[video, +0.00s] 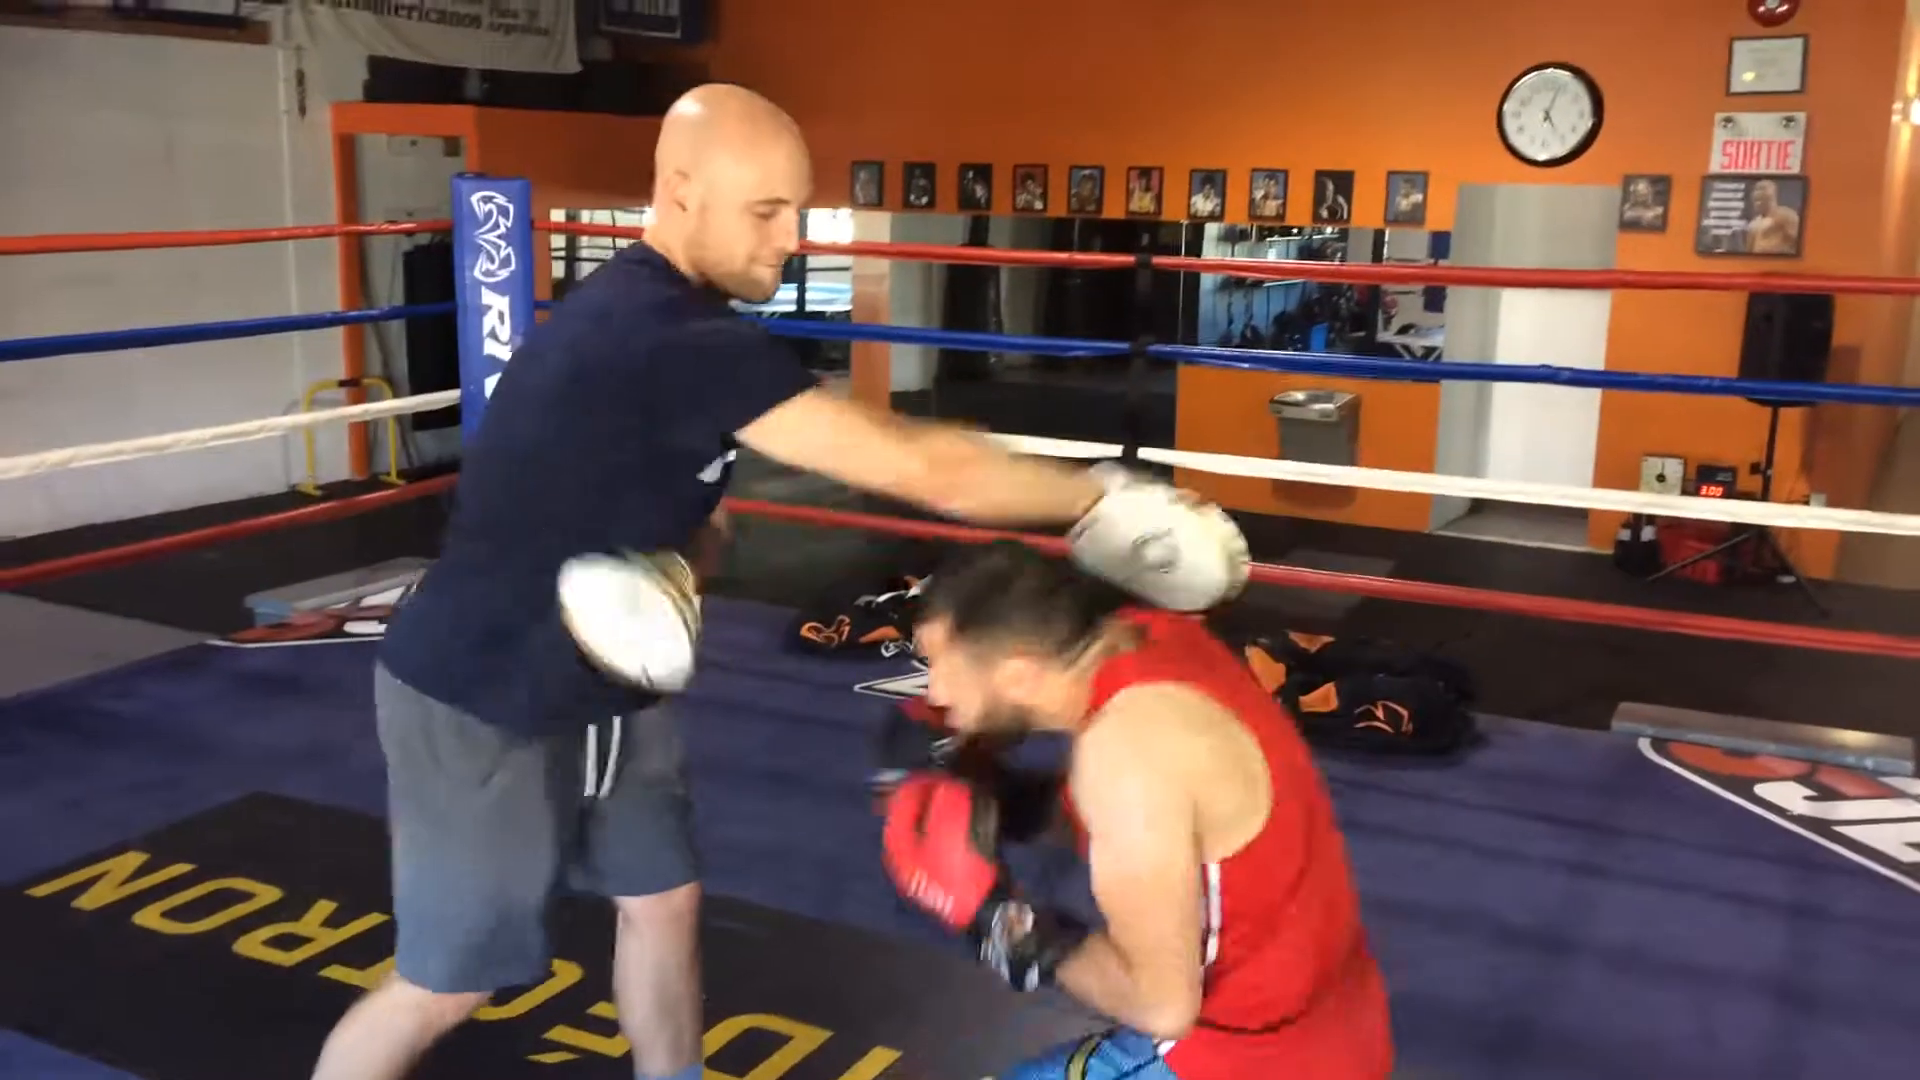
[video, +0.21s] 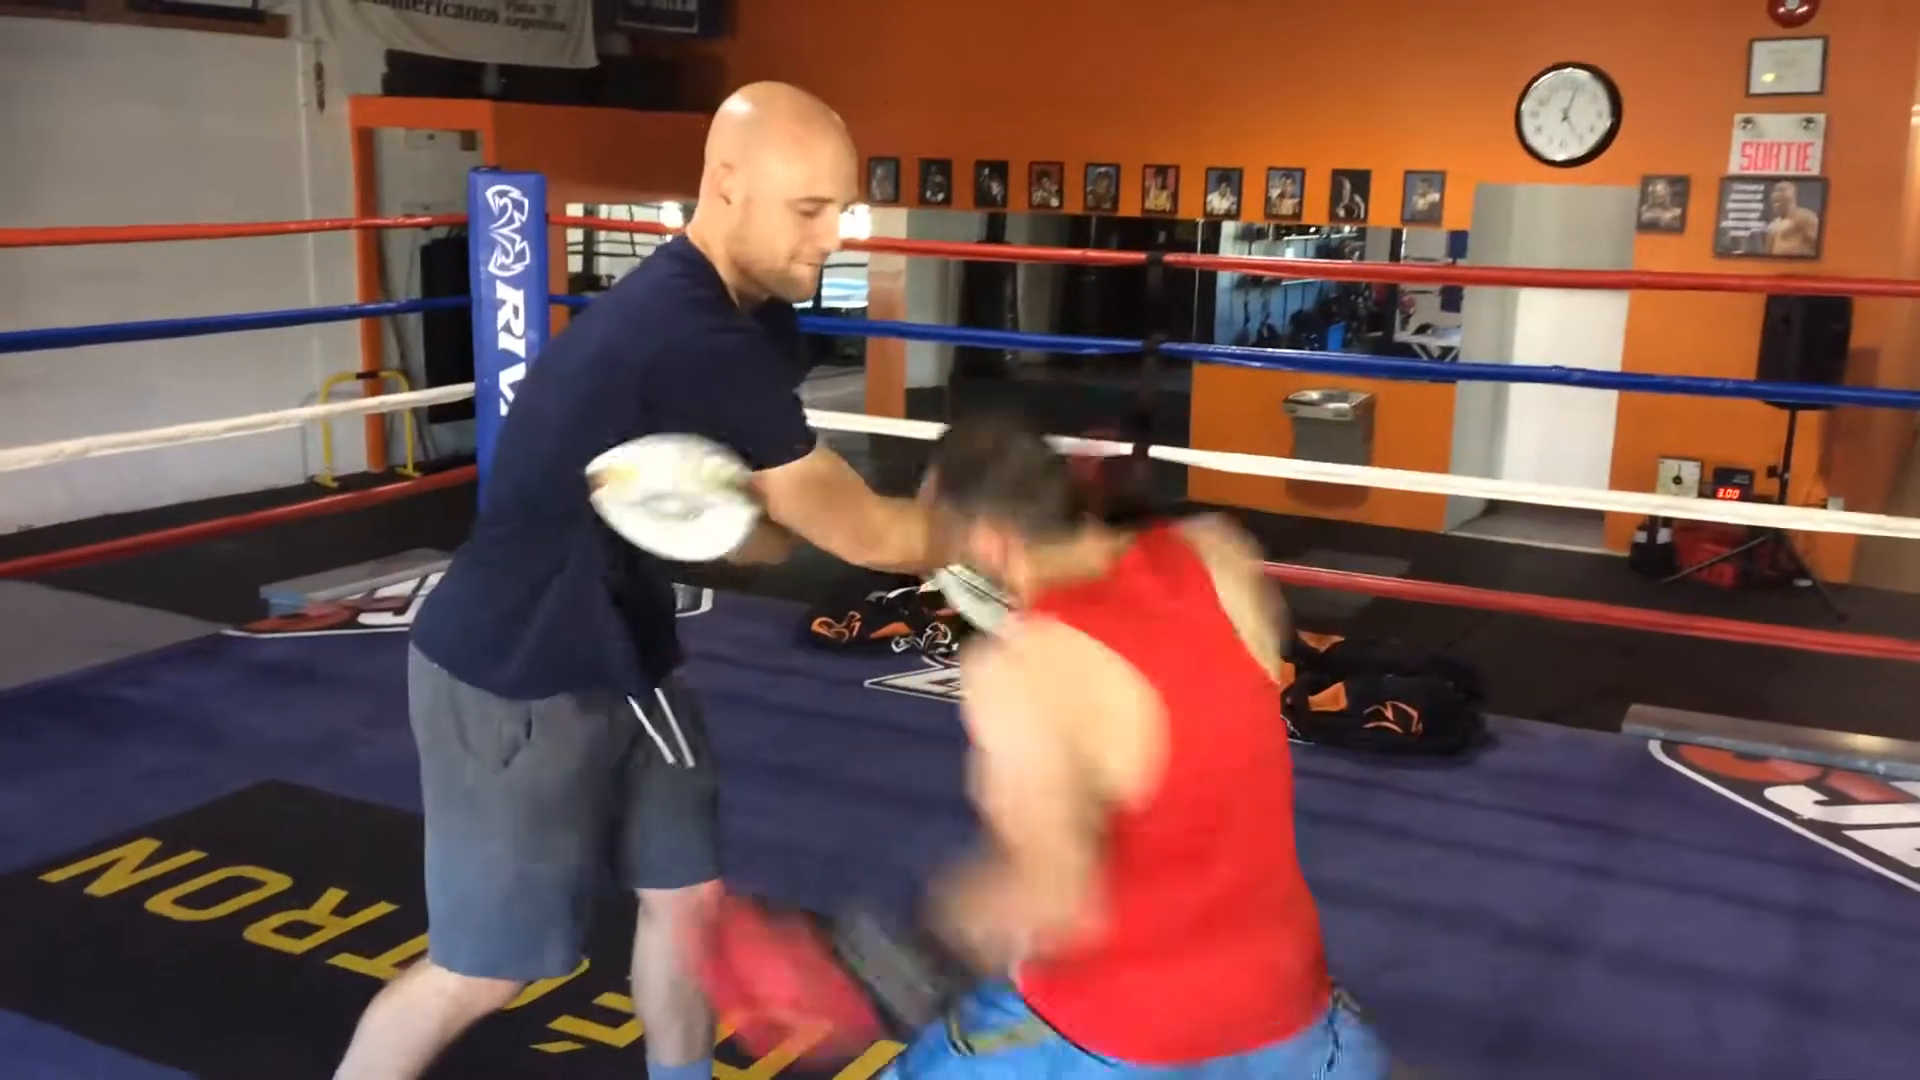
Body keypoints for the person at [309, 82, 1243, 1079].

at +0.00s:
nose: (793, 239)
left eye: (797, 212)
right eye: (769, 212)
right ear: (678, 199)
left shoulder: (677, 319)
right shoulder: (655, 333)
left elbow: (693, 490)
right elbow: (914, 465)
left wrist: (670, 573)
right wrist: (1105, 501)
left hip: (612, 674)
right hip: (473, 689)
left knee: (660, 898)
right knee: (452, 971)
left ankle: (668, 1079)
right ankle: (334, 1070)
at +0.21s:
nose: (833, 238)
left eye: (841, 211)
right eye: (810, 208)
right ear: (724, 186)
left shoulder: (756, 316)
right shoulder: (694, 335)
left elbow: (752, 530)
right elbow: (867, 531)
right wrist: (979, 529)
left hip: (627, 652)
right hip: (508, 668)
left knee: (684, 903)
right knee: (487, 962)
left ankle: (680, 1074)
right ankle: (352, 1071)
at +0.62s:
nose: (836, 179)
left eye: (843, 151)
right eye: (814, 148)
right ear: (729, 131)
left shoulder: (760, 280)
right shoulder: (664, 277)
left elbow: (759, 483)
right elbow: (763, 514)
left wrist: (775, 587)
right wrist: (901, 516)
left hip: (658, 624)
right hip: (516, 627)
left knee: (701, 843)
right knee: (480, 912)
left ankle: (694, 1071)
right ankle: (309, 1071)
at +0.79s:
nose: (777, 145)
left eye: (783, 116)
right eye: (751, 112)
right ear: (662, 112)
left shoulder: (732, 272)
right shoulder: (572, 267)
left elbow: (734, 464)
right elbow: (583, 525)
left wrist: (747, 594)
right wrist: (781, 566)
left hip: (663, 616)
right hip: (511, 629)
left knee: (718, 849)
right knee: (471, 905)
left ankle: (724, 1069)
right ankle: (320, 1069)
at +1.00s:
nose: (641, 85)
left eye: (641, 56)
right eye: (610, 55)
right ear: (517, 63)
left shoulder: (624, 223)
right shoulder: (416, 249)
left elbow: (615, 392)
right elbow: (400, 491)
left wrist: (707, 498)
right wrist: (608, 533)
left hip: (561, 588)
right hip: (412, 597)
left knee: (630, 812)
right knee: (401, 879)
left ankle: (707, 1041)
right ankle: (339, 1068)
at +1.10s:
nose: (622, 49)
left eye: (624, 21)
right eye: (590, 20)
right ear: (498, 30)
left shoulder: (611, 182)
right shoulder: (402, 222)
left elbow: (610, 351)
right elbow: (401, 464)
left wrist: (682, 439)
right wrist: (606, 480)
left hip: (568, 536)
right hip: (413, 562)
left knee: (639, 752)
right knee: (418, 834)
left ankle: (592, 1000)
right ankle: (379, 1061)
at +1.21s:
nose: (627, 28)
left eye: (624, 5)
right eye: (595, 6)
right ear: (507, 21)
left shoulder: (620, 171)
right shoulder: (420, 200)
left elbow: (605, 323)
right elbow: (434, 449)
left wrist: (693, 389)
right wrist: (640, 430)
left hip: (567, 530)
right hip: (427, 550)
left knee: (622, 744)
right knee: (428, 812)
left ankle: (488, 949)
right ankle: (416, 1058)